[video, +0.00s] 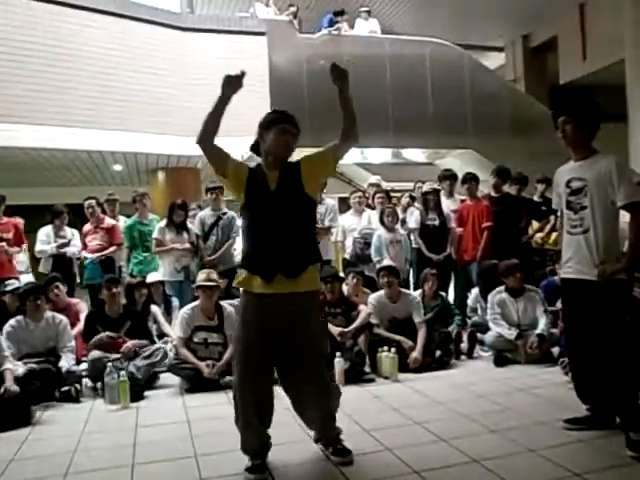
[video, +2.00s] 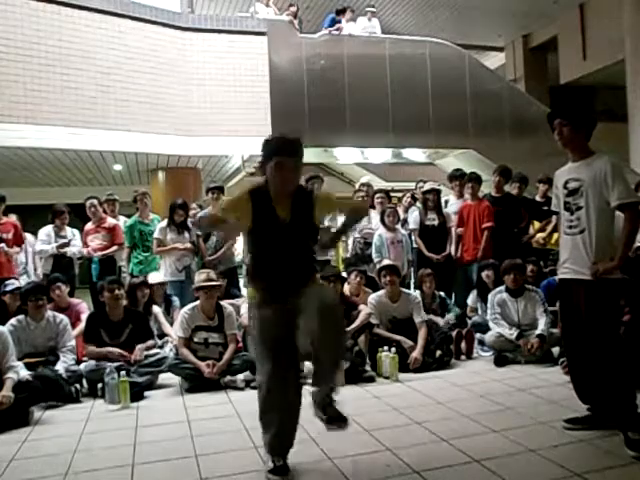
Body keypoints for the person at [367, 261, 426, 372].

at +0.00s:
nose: (387, 280)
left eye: (390, 276)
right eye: (383, 277)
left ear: (398, 279)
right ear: (379, 281)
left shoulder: (412, 299)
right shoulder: (374, 300)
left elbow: (421, 327)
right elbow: (375, 328)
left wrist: (418, 351)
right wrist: (401, 340)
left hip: (408, 329)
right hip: (386, 331)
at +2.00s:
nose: (389, 279)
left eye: (392, 275)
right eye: (385, 276)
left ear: (399, 277)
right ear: (380, 281)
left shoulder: (413, 299)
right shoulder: (374, 300)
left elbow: (422, 326)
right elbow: (375, 329)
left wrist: (418, 351)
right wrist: (401, 339)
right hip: (387, 337)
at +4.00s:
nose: (393, 282)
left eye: (397, 278)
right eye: (389, 278)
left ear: (403, 281)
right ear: (384, 282)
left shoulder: (418, 301)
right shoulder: (378, 302)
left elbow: (426, 329)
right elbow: (379, 330)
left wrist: (422, 354)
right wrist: (405, 342)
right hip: (391, 338)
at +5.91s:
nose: (393, 283)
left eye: (397, 279)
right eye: (389, 280)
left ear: (403, 281)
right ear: (385, 283)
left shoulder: (418, 300)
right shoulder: (378, 302)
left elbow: (426, 329)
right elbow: (378, 330)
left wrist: (422, 354)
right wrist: (405, 342)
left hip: (413, 335)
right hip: (391, 336)